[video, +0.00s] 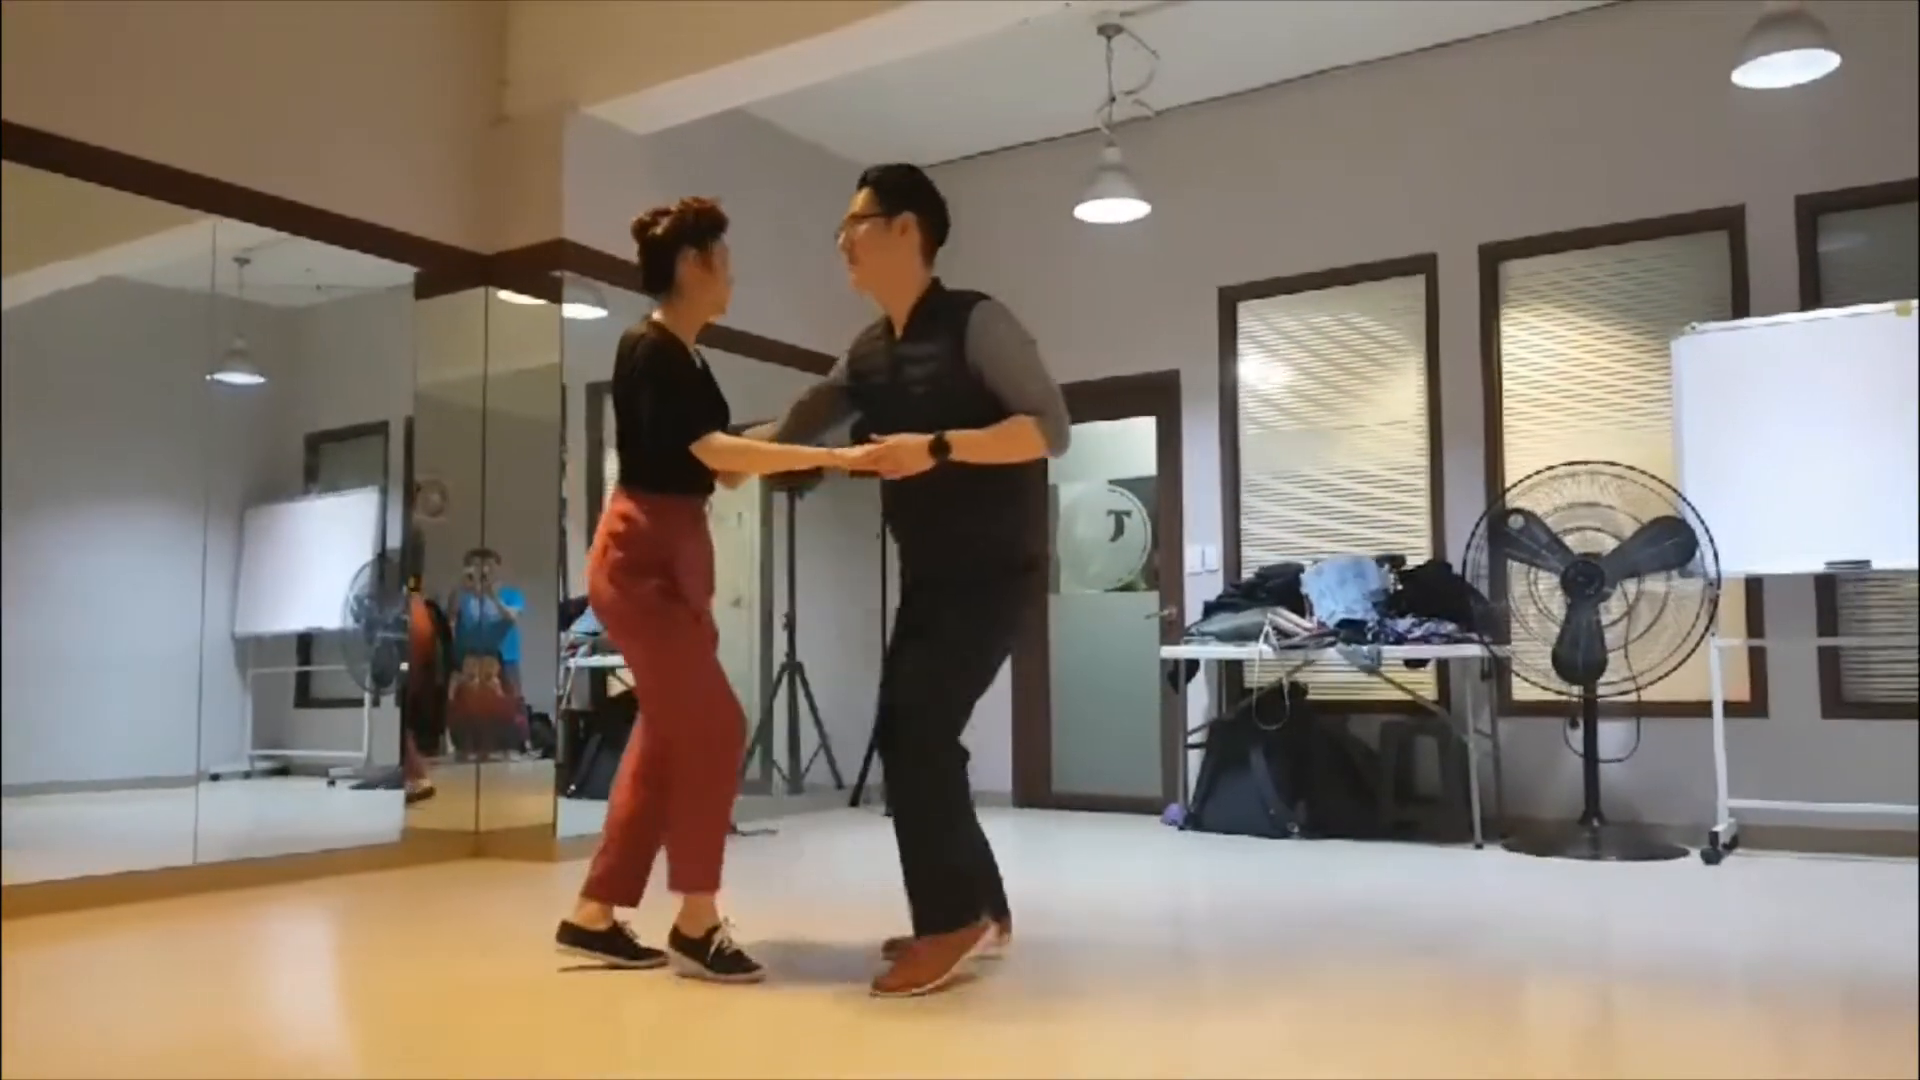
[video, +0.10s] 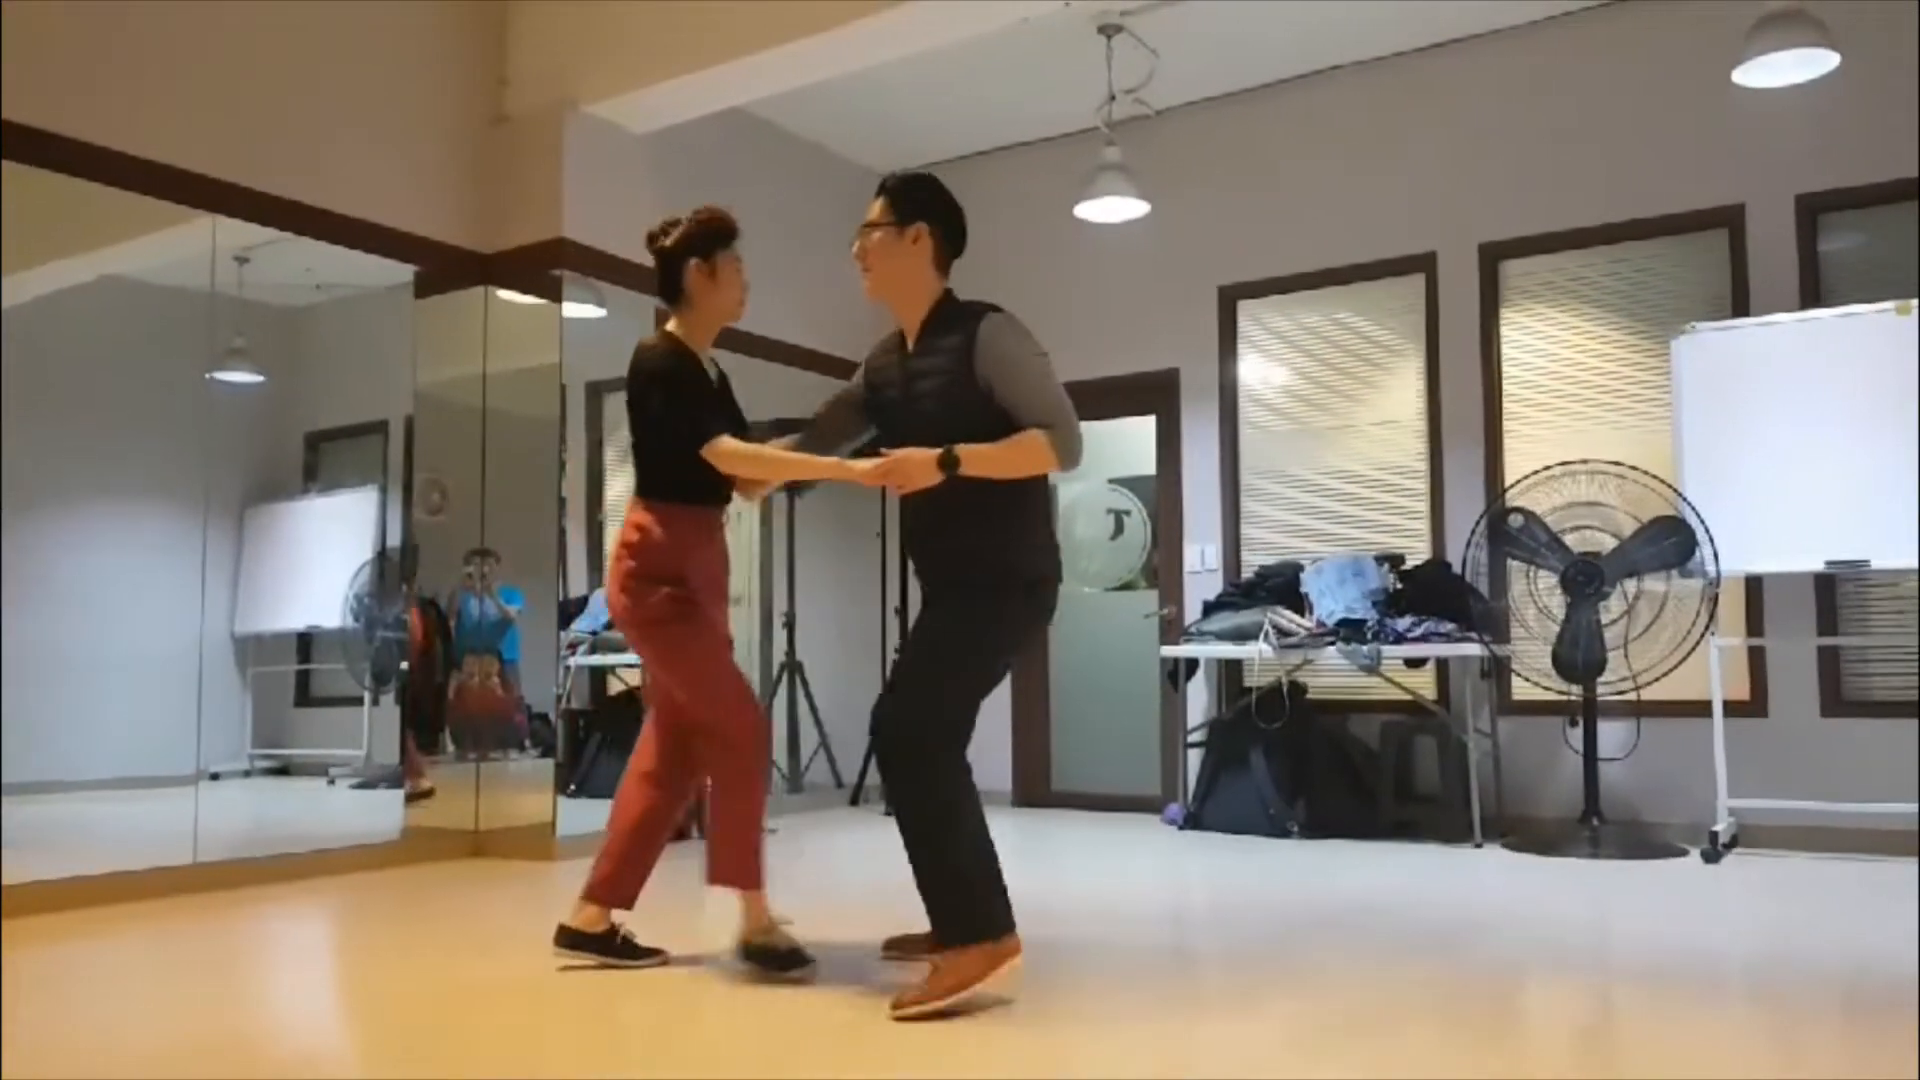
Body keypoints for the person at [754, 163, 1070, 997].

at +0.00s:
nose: (843, 241)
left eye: (858, 225)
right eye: (844, 229)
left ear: (911, 233)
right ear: (881, 241)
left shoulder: (979, 322)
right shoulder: (870, 350)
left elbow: (1049, 430)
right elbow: (791, 430)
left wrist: (938, 447)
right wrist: (721, 452)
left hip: (996, 569)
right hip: (931, 573)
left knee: (915, 730)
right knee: (913, 734)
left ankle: (950, 923)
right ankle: (977, 908)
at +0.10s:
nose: (856, 248)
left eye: (871, 232)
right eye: (859, 234)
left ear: (921, 243)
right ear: (900, 247)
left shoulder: (992, 335)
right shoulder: (886, 362)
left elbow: (1062, 443)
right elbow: (814, 440)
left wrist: (948, 459)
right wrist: (746, 459)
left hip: (1007, 578)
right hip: (950, 581)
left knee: (910, 731)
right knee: (910, 734)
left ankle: (984, 938)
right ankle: (962, 921)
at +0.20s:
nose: (860, 242)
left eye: (873, 225)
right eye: (863, 227)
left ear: (921, 234)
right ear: (909, 238)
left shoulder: (988, 322)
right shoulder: (905, 358)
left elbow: (1059, 431)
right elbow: (841, 458)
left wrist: (939, 460)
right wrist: (763, 478)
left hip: (1016, 582)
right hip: (970, 585)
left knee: (918, 747)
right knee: (931, 745)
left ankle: (998, 964)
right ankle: (968, 927)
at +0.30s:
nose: (864, 218)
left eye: (874, 200)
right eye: (868, 203)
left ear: (915, 206)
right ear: (920, 210)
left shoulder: (970, 290)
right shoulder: (937, 308)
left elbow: (1033, 400)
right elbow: (952, 420)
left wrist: (908, 432)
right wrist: (881, 453)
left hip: (1021, 565)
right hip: (990, 565)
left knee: (941, 744)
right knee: (942, 738)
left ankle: (1002, 970)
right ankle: (977, 915)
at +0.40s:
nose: (886, 194)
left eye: (891, 177)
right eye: (889, 178)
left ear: (923, 176)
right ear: (969, 182)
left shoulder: (956, 259)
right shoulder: (1007, 266)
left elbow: (980, 363)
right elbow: (1009, 406)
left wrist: (851, 397)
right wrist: (907, 460)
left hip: (1019, 538)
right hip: (1066, 531)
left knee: (956, 740)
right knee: (1001, 719)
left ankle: (995, 970)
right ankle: (1086, 895)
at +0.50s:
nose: (903, 184)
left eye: (908, 167)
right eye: (906, 168)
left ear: (938, 167)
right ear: (991, 173)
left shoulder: (962, 252)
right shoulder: (1031, 260)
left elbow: (961, 366)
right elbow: (1038, 398)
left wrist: (839, 389)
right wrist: (944, 455)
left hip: (1023, 533)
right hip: (1087, 526)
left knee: (961, 743)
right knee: (1017, 720)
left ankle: (993, 974)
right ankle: (1128, 887)